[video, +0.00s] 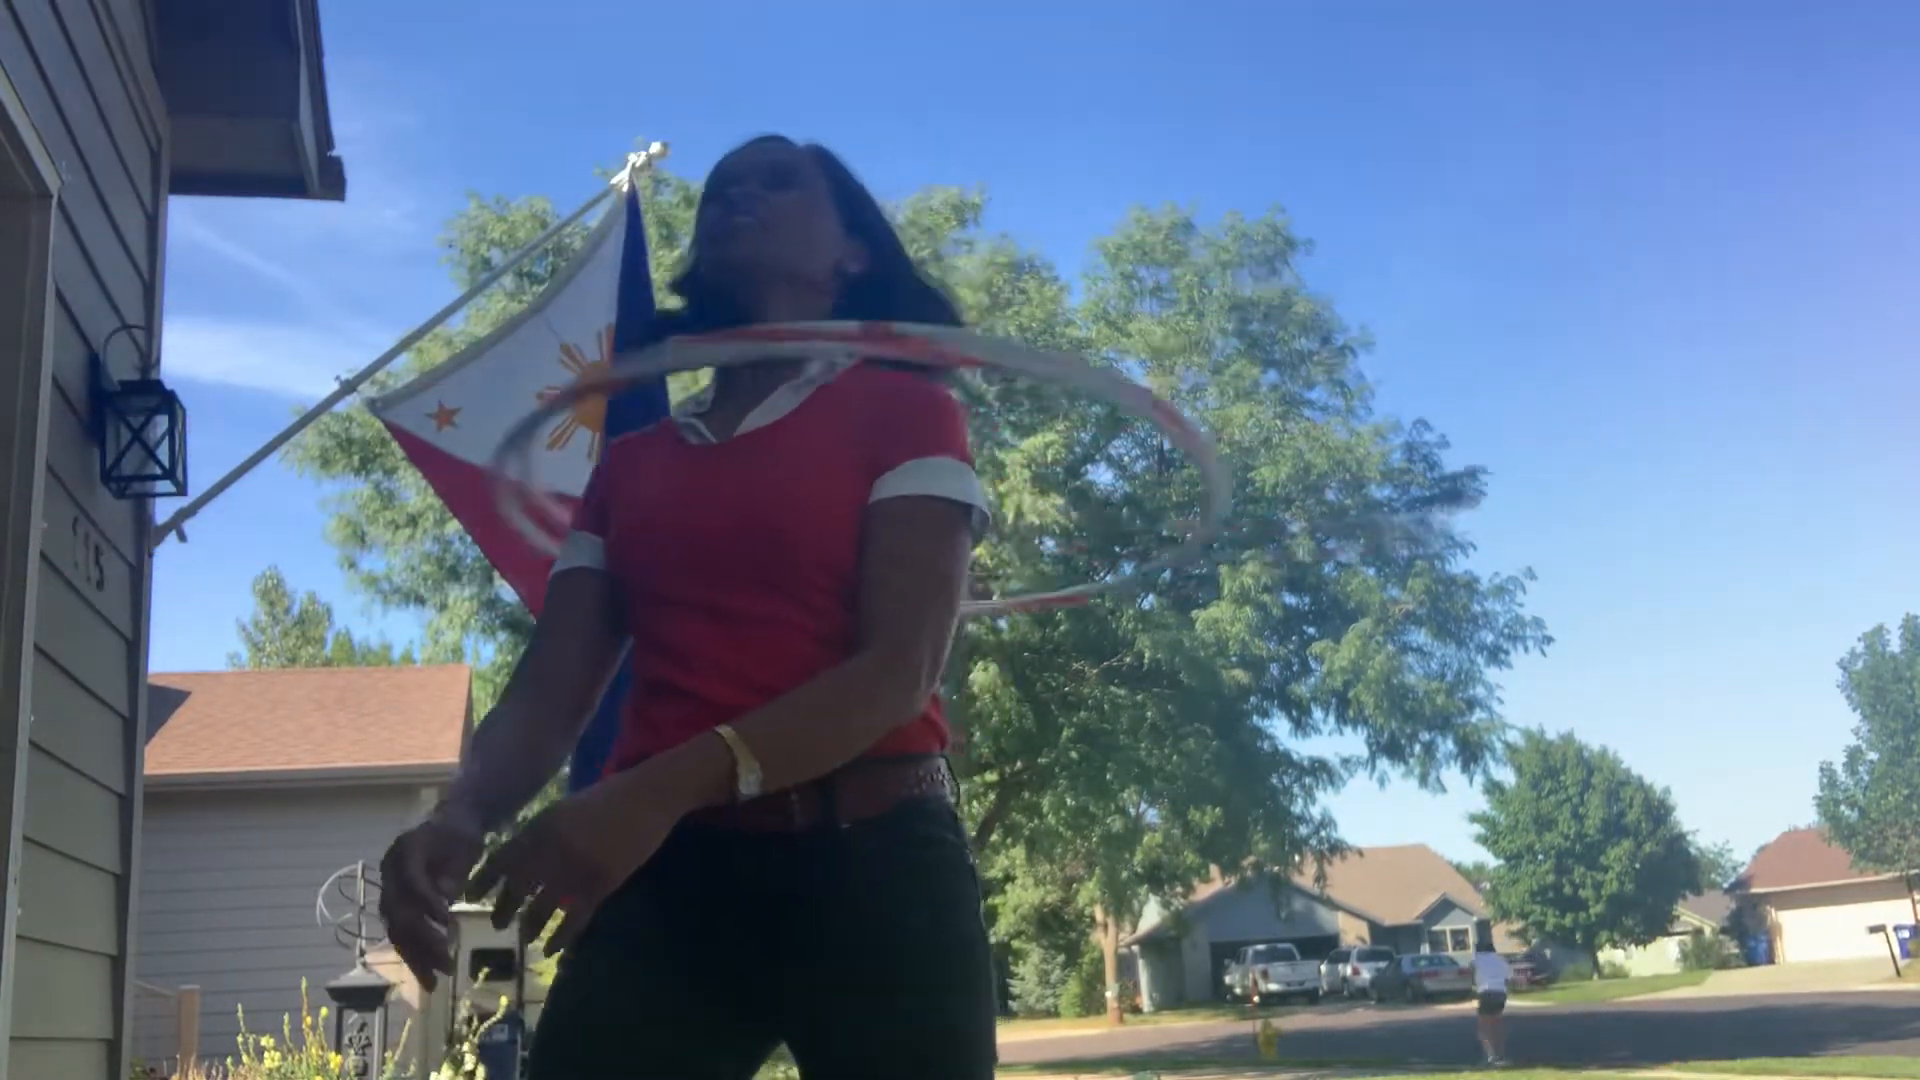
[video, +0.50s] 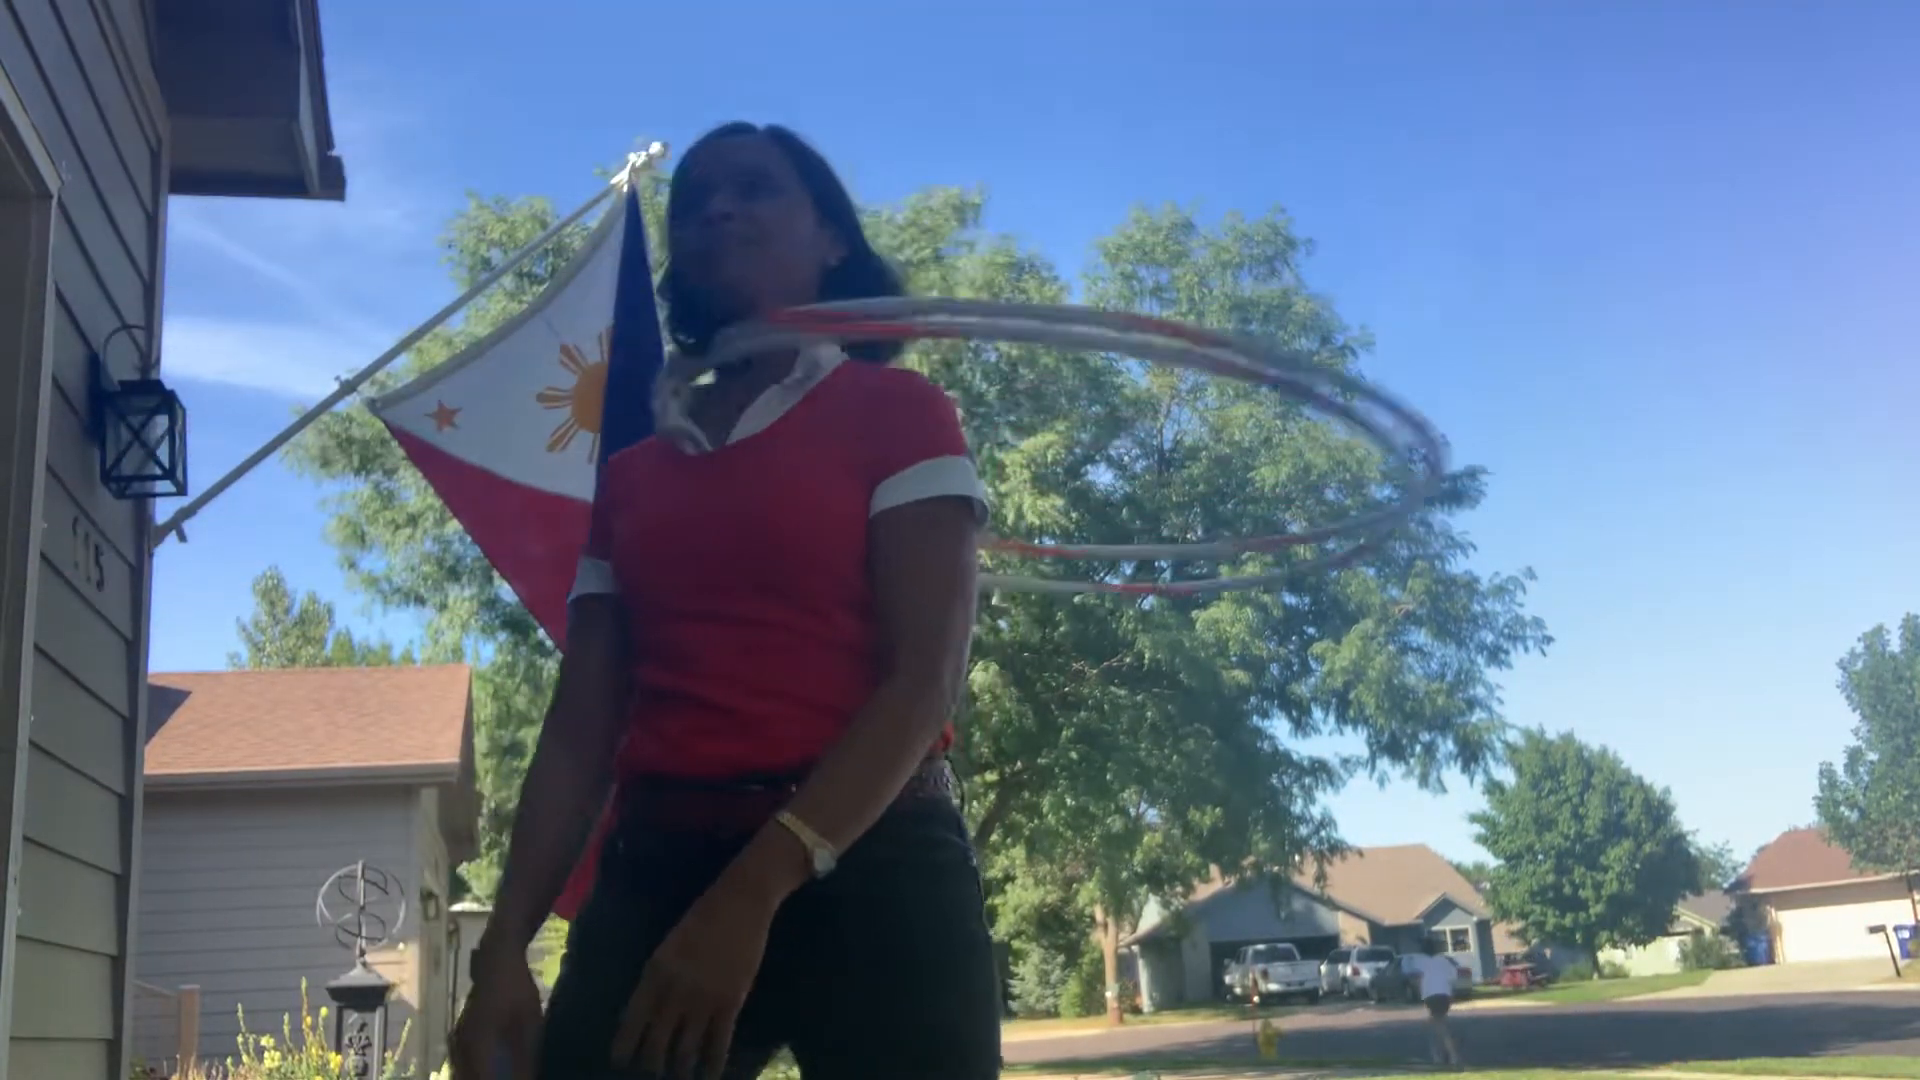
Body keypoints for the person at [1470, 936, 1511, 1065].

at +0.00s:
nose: (1478, 952)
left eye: (1477, 950)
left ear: (1479, 949)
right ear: (1492, 948)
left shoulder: (1477, 959)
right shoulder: (1499, 959)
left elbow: (1471, 973)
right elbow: (1509, 974)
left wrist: (1474, 984)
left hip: (1485, 991)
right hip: (1500, 991)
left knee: (1483, 1026)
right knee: (1497, 1023)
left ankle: (1491, 1055)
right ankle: (1501, 1055)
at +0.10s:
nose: (1465, 953)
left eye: (1465, 950)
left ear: (1466, 950)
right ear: (1480, 948)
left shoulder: (1465, 959)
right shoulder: (1486, 959)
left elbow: (1458, 974)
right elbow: (1498, 977)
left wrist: (1462, 982)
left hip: (1476, 992)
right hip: (1490, 992)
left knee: (1474, 1024)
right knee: (1485, 1024)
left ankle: (1470, 1055)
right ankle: (1489, 1055)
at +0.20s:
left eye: (1454, 951)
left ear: (1454, 951)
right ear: (1468, 950)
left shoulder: (1453, 962)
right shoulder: (1477, 962)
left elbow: (1449, 979)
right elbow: (1488, 978)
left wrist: (1450, 986)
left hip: (1464, 996)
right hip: (1480, 995)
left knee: (1462, 1026)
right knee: (1475, 1026)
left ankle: (1463, 1055)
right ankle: (1479, 1055)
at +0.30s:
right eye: (1456, 949)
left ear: (1443, 952)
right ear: (1456, 951)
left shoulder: (1442, 963)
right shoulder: (1463, 962)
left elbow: (1438, 979)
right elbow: (1472, 978)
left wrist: (1438, 985)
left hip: (1454, 998)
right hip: (1469, 997)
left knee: (1455, 1028)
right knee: (1464, 1026)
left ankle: (1458, 1057)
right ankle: (1467, 1054)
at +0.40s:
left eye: (1434, 951)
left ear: (1434, 951)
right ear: (1447, 950)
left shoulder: (1433, 964)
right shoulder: (1455, 963)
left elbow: (1426, 980)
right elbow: (1464, 977)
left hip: (1442, 996)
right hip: (1457, 995)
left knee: (1450, 1026)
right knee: (1447, 1025)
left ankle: (1458, 1056)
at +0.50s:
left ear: (1424, 951)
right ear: (1436, 949)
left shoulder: (1422, 961)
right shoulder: (1444, 960)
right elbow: (1454, 975)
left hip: (1429, 994)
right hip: (1445, 993)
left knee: (1440, 1024)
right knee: (1435, 1023)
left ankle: (1453, 1056)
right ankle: (1436, 1055)